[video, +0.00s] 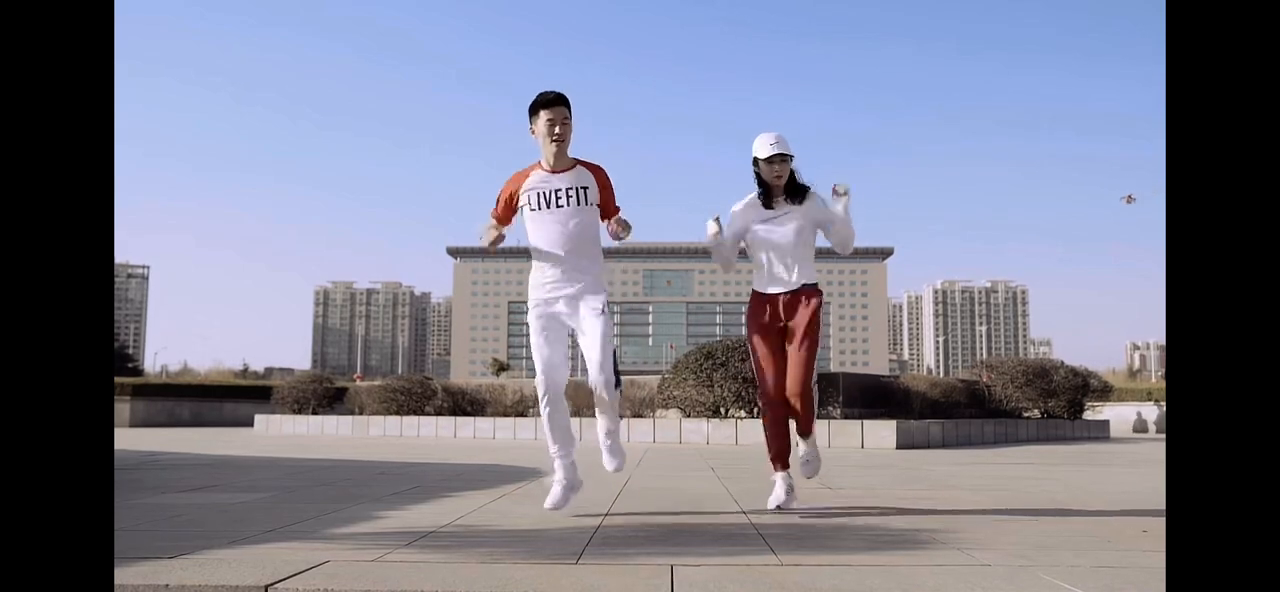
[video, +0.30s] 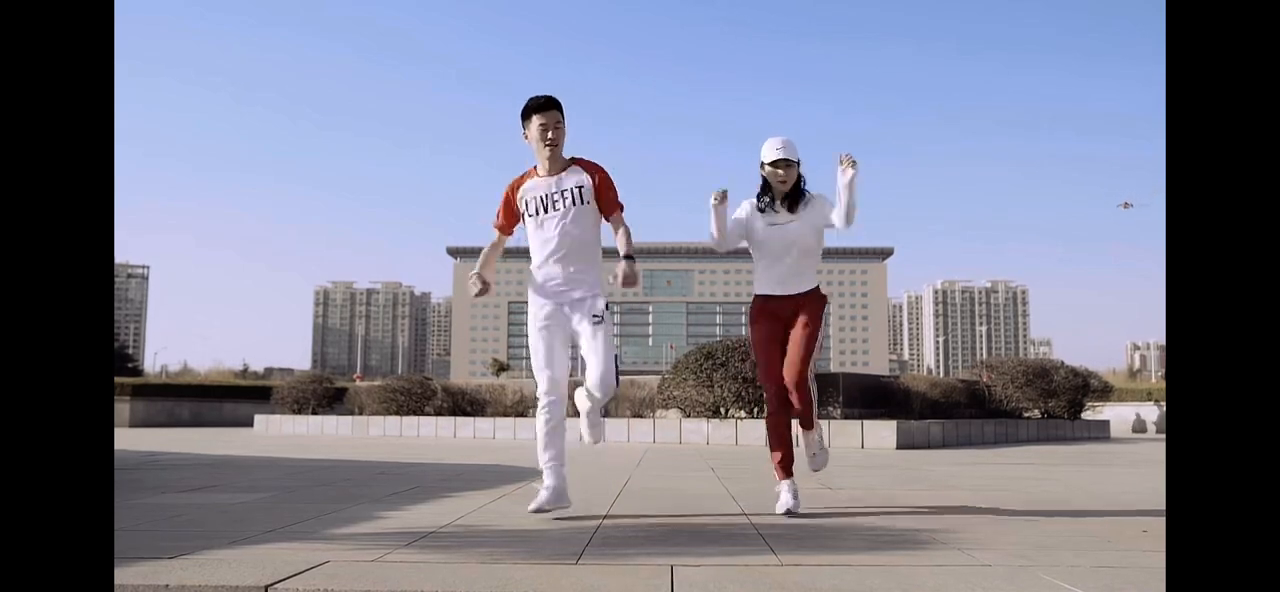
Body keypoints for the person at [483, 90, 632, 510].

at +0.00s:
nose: (558, 130)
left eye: (564, 123)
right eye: (550, 124)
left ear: (572, 128)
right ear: (534, 131)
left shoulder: (594, 175)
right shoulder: (520, 182)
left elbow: (614, 225)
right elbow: (495, 226)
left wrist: (619, 228)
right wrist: (493, 235)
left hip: (589, 290)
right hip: (544, 294)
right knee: (548, 386)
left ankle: (609, 432)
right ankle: (565, 473)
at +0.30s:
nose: (551, 133)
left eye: (557, 126)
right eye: (542, 128)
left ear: (565, 130)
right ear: (527, 136)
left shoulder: (591, 174)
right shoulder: (519, 189)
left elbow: (617, 222)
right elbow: (498, 239)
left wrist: (626, 257)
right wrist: (481, 270)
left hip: (589, 295)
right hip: (544, 300)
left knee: (604, 384)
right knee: (549, 396)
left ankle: (588, 406)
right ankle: (553, 487)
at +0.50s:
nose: (567, 146)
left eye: (573, 140)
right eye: (559, 140)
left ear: (581, 146)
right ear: (543, 147)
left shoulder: (602, 195)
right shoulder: (526, 196)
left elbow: (611, 247)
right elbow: (494, 240)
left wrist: (623, 286)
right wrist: (506, 224)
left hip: (590, 296)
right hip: (548, 303)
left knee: (583, 329)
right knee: (553, 404)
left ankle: (596, 406)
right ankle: (564, 484)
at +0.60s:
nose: (573, 136)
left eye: (579, 130)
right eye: (565, 129)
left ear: (587, 135)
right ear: (549, 134)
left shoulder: (603, 182)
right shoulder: (528, 182)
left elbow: (607, 225)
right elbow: (502, 233)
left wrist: (617, 259)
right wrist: (530, 217)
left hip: (592, 289)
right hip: (551, 295)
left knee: (587, 364)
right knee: (558, 386)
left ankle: (589, 461)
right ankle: (571, 471)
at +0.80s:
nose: (586, 154)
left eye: (592, 147)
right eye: (578, 146)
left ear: (598, 153)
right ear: (560, 152)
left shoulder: (608, 202)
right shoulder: (538, 202)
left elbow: (627, 242)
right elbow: (513, 257)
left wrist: (651, 277)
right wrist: (545, 275)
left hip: (596, 318)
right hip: (554, 321)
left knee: (595, 397)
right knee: (568, 405)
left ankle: (589, 489)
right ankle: (585, 475)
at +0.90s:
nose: (585, 130)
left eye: (591, 123)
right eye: (577, 123)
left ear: (598, 131)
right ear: (559, 131)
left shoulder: (615, 179)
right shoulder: (539, 181)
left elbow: (632, 232)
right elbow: (523, 239)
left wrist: (634, 269)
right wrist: (517, 289)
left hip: (595, 295)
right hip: (552, 294)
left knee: (591, 387)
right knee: (540, 368)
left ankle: (591, 477)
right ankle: (568, 436)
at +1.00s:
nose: (585, 137)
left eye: (591, 131)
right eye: (577, 131)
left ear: (597, 139)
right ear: (559, 139)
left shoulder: (614, 192)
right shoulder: (539, 191)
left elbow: (636, 247)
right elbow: (514, 239)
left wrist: (612, 241)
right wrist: (483, 284)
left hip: (594, 304)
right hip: (554, 294)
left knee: (591, 394)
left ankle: (591, 480)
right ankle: (540, 387)